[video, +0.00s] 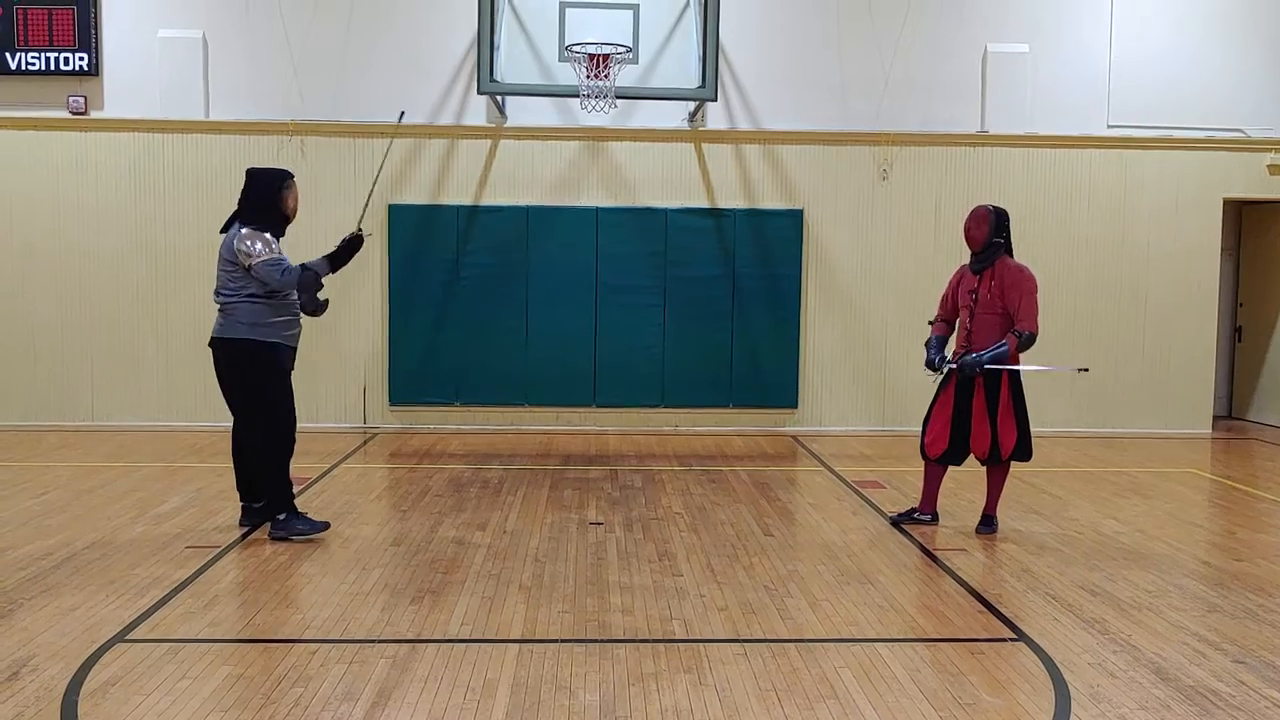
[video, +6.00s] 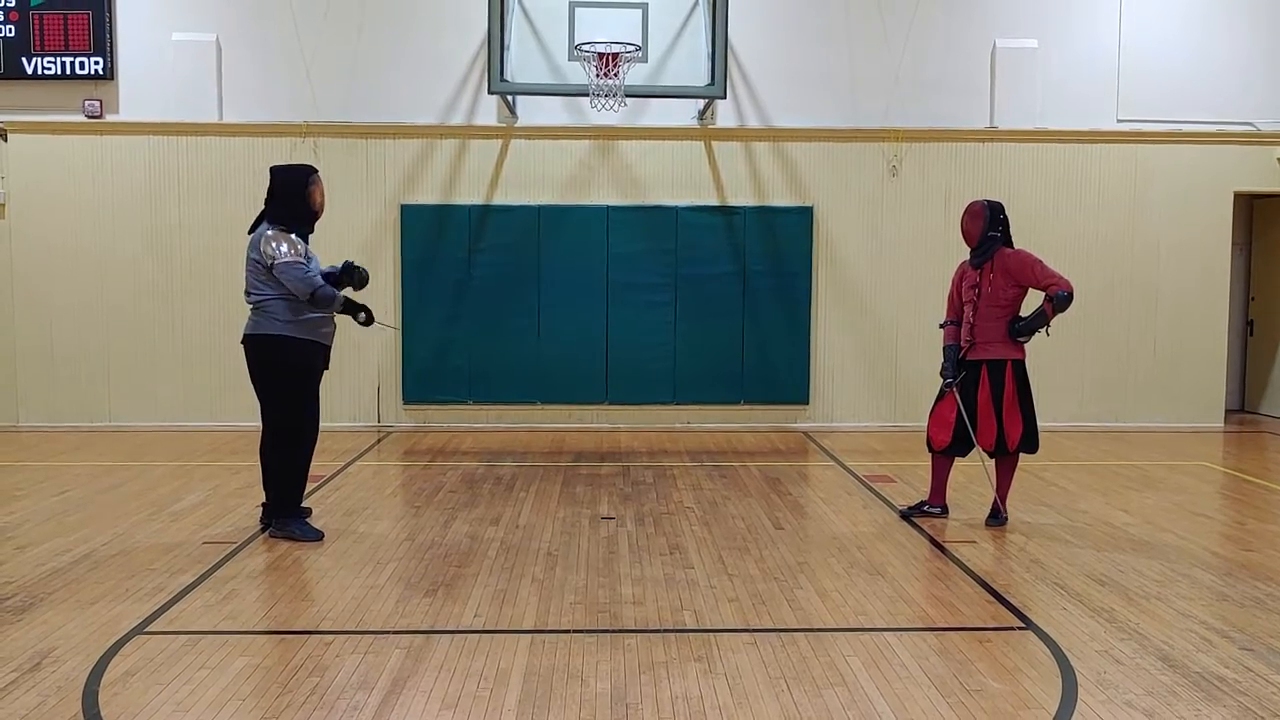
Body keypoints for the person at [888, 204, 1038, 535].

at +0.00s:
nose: (967, 231)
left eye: (975, 225)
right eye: (967, 225)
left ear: (995, 231)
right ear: (970, 230)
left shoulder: (1017, 275)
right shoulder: (964, 274)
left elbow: (1027, 332)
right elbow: (945, 318)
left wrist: (984, 358)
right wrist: (934, 346)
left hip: (997, 374)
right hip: (961, 371)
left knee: (997, 442)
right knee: (937, 433)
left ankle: (989, 514)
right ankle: (926, 508)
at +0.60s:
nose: (958, 255)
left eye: (961, 247)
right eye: (954, 248)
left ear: (980, 242)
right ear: (955, 247)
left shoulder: (1007, 268)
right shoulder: (960, 279)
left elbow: (1054, 290)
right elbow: (946, 325)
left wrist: (1023, 325)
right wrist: (943, 364)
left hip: (996, 373)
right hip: (959, 372)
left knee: (997, 444)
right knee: (936, 437)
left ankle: (988, 518)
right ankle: (926, 513)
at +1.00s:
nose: (936, 290)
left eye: (940, 282)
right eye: (933, 284)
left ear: (959, 277)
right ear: (934, 283)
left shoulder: (990, 306)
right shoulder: (937, 315)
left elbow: (1042, 334)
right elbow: (927, 364)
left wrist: (1012, 363)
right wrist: (926, 402)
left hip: (981, 406)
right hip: (943, 407)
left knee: (981, 476)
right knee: (920, 469)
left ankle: (973, 549)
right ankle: (911, 545)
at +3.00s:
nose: (943, 258)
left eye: (949, 252)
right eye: (943, 251)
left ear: (968, 256)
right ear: (958, 257)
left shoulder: (991, 291)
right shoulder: (942, 301)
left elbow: (1040, 322)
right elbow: (930, 349)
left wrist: (1010, 354)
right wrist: (928, 390)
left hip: (981, 393)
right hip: (943, 393)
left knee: (982, 463)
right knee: (920, 456)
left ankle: (974, 536)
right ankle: (912, 531)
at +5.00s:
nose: (966, 229)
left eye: (972, 222)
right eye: (967, 222)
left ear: (991, 225)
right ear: (979, 226)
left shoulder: (1015, 261)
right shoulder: (965, 270)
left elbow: (1063, 292)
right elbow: (952, 319)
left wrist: (1032, 324)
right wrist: (949, 358)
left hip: (1003, 363)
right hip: (965, 363)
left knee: (1004, 434)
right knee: (941, 426)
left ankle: (995, 506)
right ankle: (932, 500)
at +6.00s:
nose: (964, 229)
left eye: (970, 222)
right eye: (964, 222)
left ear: (989, 225)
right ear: (974, 226)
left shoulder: (1012, 259)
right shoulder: (965, 270)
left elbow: (1062, 290)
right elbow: (953, 318)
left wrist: (1031, 323)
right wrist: (950, 359)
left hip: (1003, 362)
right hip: (966, 363)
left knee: (1006, 433)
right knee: (943, 426)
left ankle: (999, 505)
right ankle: (936, 501)